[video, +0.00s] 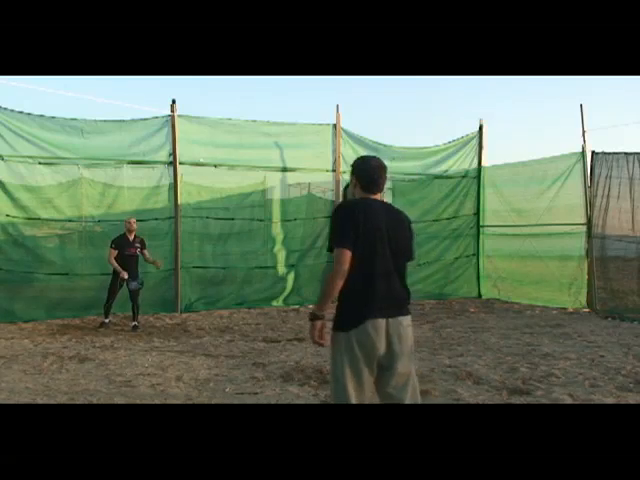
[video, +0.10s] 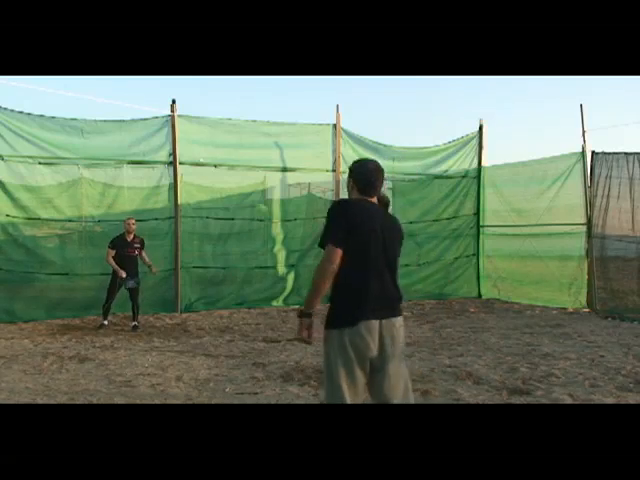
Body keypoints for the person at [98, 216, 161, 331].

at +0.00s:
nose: (132, 225)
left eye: (134, 223)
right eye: (129, 223)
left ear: (136, 225)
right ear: (125, 225)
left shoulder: (140, 241)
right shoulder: (117, 241)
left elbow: (146, 256)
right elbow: (111, 258)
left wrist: (154, 262)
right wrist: (121, 271)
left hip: (133, 273)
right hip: (119, 273)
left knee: (135, 300)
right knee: (110, 298)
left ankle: (135, 322)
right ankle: (106, 319)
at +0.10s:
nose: (131, 227)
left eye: (133, 224)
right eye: (128, 224)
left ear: (136, 226)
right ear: (124, 226)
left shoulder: (139, 241)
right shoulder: (116, 241)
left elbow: (141, 253)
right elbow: (109, 257)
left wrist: (149, 264)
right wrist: (118, 270)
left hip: (133, 275)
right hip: (118, 274)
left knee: (135, 300)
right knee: (109, 299)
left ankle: (135, 322)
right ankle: (104, 320)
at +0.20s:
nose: (128, 227)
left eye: (130, 225)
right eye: (126, 225)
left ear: (134, 226)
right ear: (122, 226)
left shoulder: (137, 241)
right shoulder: (113, 241)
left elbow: (139, 254)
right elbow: (107, 258)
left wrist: (144, 266)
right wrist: (115, 269)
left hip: (132, 273)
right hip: (117, 273)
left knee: (134, 299)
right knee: (109, 299)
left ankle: (135, 322)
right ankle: (104, 321)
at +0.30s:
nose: (126, 227)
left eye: (128, 225)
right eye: (123, 225)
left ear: (131, 226)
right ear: (120, 226)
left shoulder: (135, 241)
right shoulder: (111, 241)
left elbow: (138, 254)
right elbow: (104, 258)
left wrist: (140, 267)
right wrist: (111, 267)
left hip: (130, 272)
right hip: (116, 272)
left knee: (133, 298)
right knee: (108, 298)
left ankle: (135, 321)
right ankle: (104, 322)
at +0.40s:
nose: (123, 227)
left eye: (126, 224)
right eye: (121, 224)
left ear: (129, 226)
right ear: (118, 226)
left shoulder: (134, 241)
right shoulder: (109, 241)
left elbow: (138, 258)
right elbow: (100, 257)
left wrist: (135, 265)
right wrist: (106, 262)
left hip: (128, 272)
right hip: (114, 272)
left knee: (132, 299)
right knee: (107, 298)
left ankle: (134, 322)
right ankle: (104, 322)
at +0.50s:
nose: (121, 226)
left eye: (123, 224)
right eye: (119, 224)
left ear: (127, 226)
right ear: (115, 226)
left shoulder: (132, 241)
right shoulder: (109, 240)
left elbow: (137, 256)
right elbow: (99, 251)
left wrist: (128, 257)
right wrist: (99, 255)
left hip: (126, 273)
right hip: (112, 273)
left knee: (131, 298)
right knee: (106, 298)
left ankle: (134, 321)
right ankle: (104, 322)